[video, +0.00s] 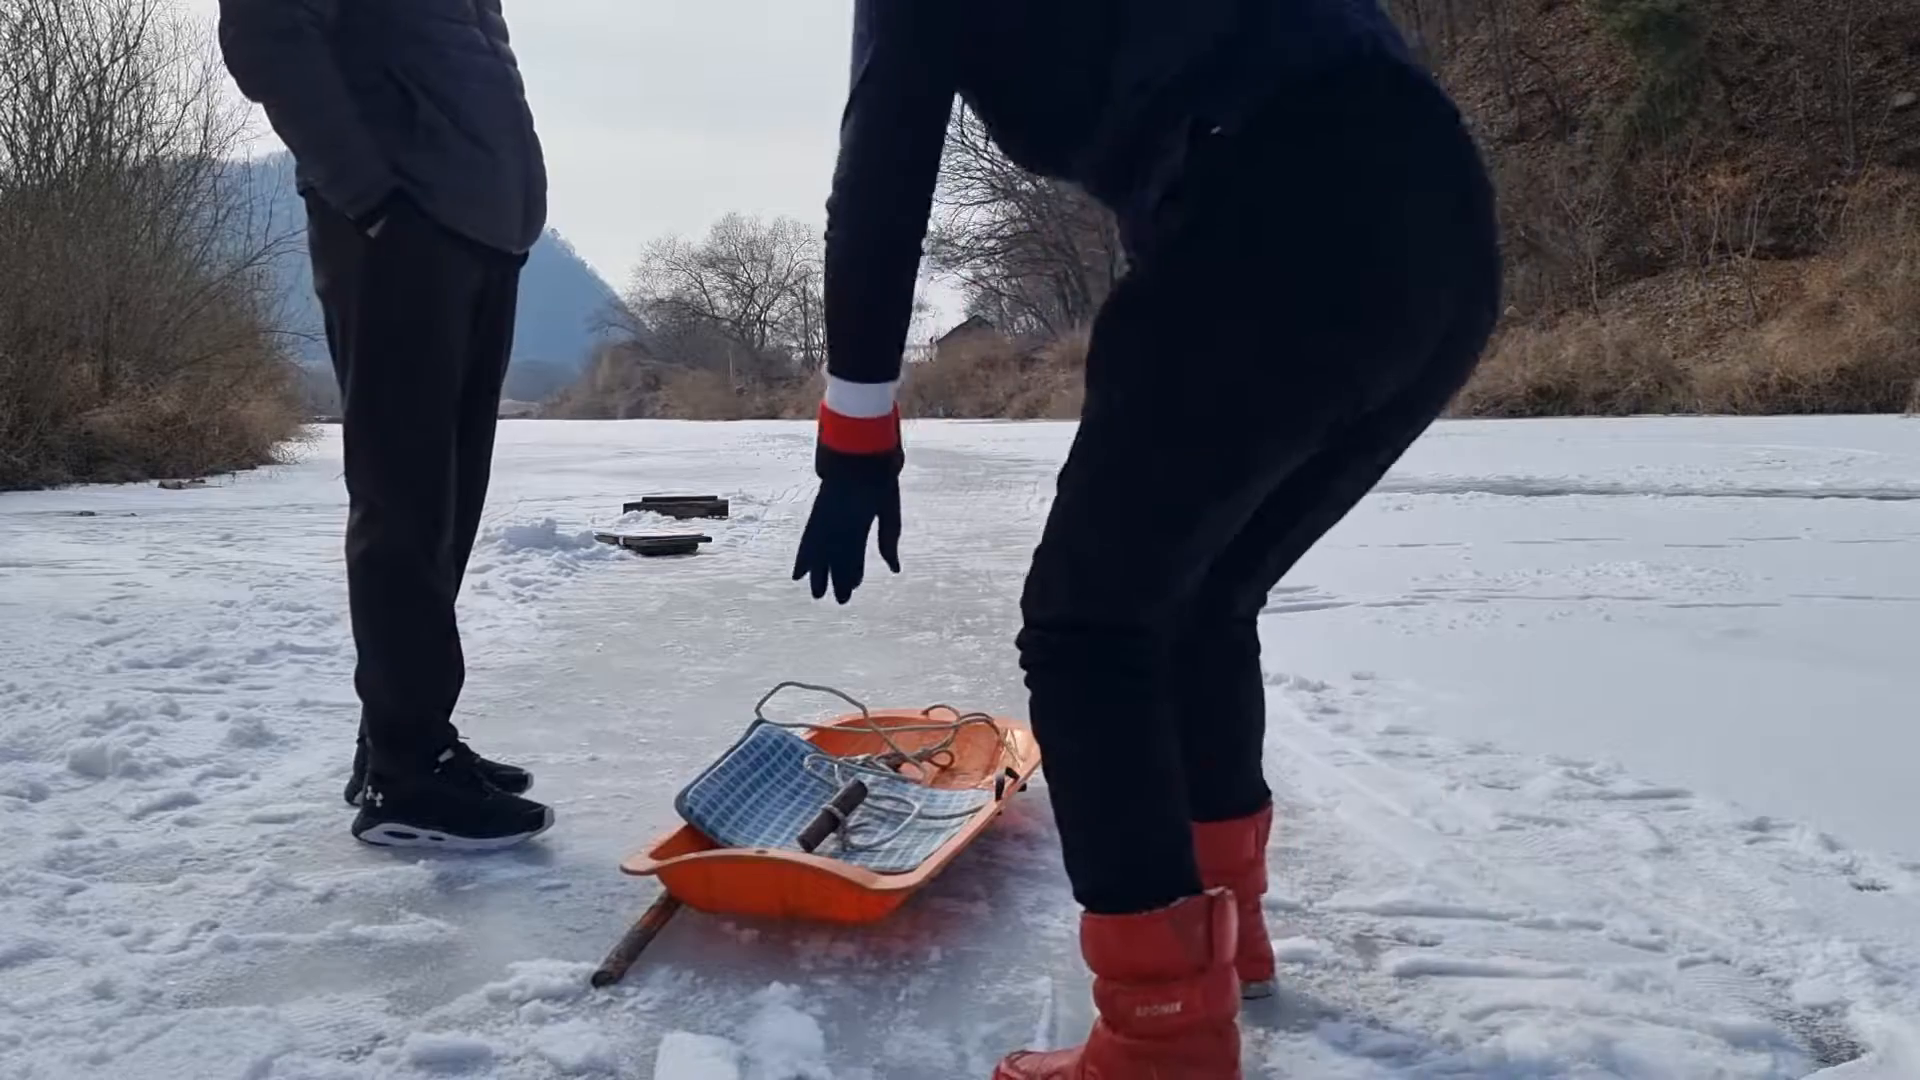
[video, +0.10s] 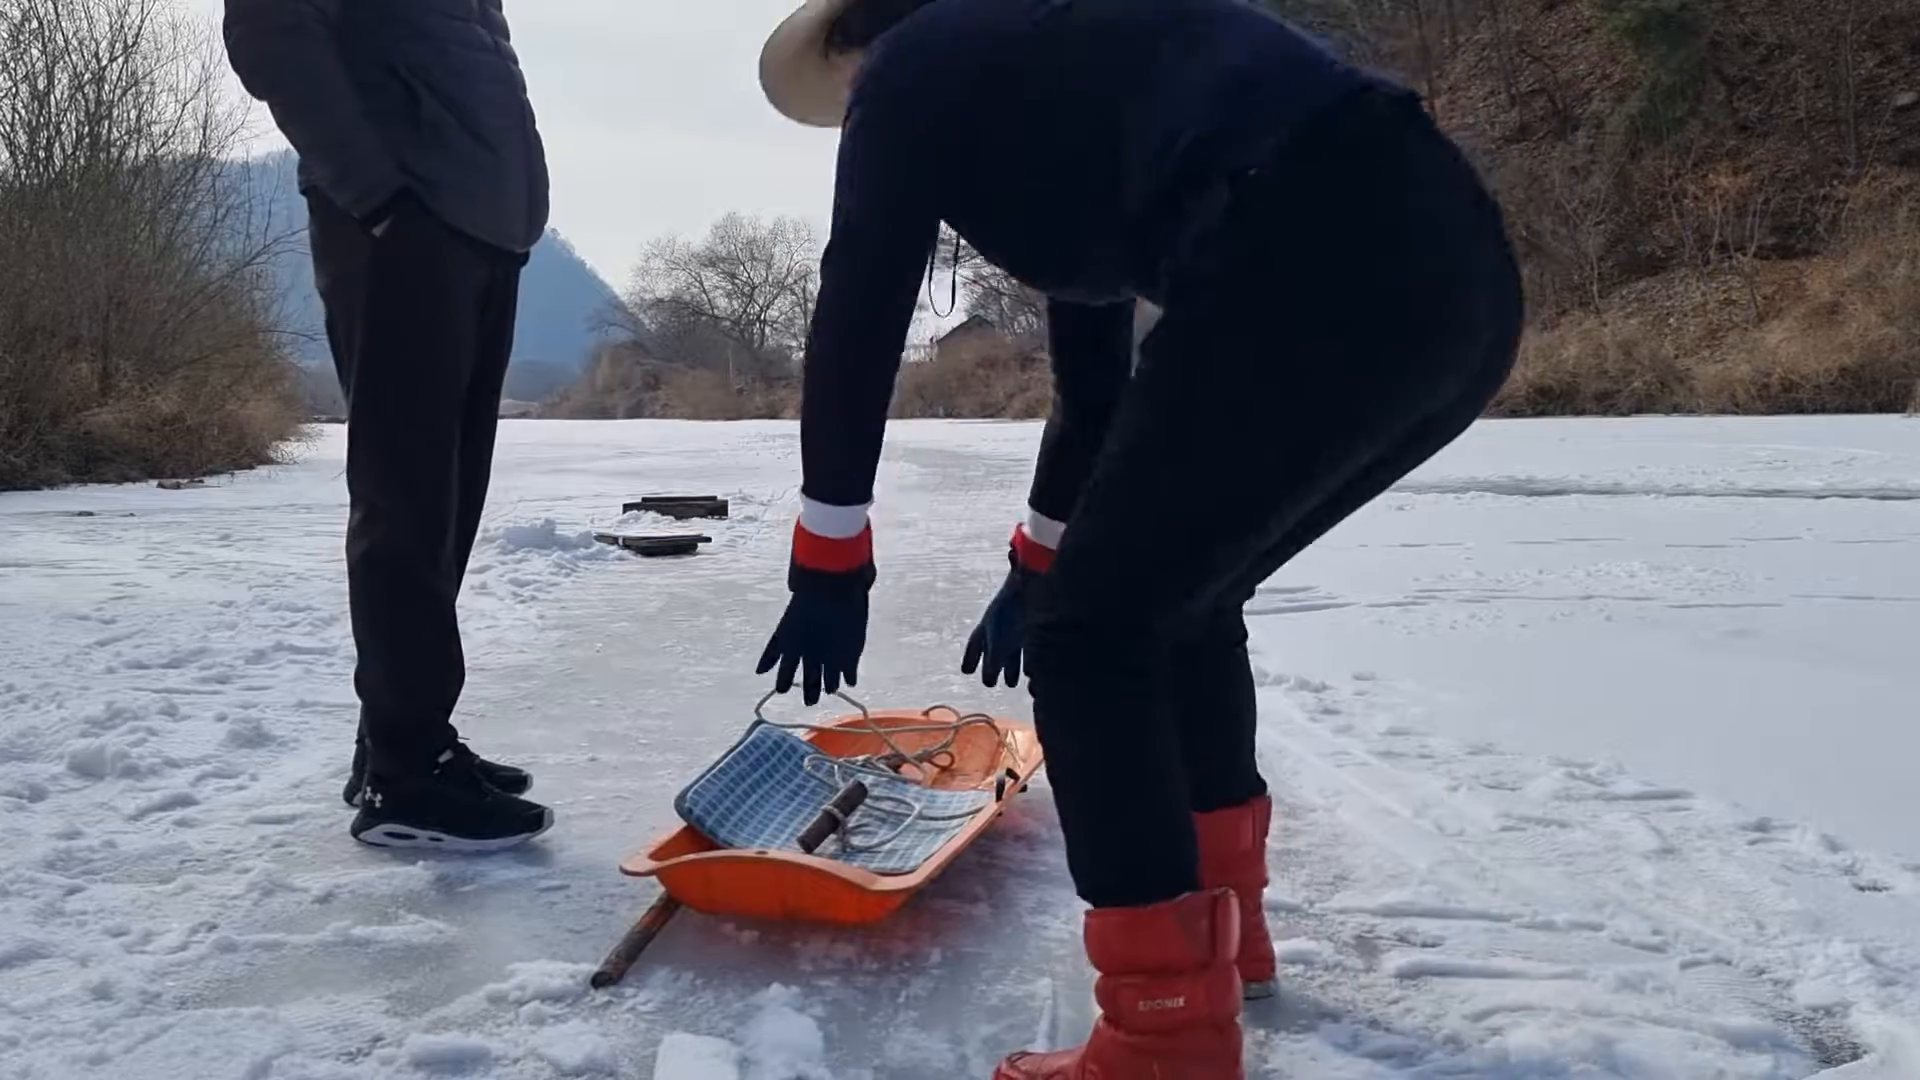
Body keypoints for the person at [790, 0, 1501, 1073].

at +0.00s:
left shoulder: (920, 5)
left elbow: (877, 202)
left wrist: (855, 440)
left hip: (1269, 244)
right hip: (1441, 233)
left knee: (1084, 625)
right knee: (1209, 594)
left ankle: (1160, 1029)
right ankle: (1226, 924)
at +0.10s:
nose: (854, 115)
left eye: (850, 92)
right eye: (840, 102)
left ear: (869, 41)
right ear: (943, 11)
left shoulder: (904, 82)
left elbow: (855, 329)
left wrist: (828, 564)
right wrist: (1037, 566)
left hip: (1316, 274)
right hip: (1451, 279)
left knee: (1086, 622)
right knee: (1187, 596)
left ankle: (1163, 1033)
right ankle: (1226, 924)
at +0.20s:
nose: (842, 274)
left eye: (833, 244)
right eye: (830, 258)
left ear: (856, 201)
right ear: (941, 151)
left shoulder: (896, 227)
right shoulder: (1065, 247)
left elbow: (847, 471)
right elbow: (1029, 478)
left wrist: (814, 680)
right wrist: (960, 643)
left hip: (1351, 305)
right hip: (1466, 309)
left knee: (1102, 637)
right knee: (1192, 606)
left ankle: (1166, 1030)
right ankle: (1227, 920)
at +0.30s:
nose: (841, 375)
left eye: (833, 351)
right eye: (828, 357)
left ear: (855, 320)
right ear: (920, 270)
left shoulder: (902, 336)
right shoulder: (1049, 337)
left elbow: (855, 564)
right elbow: (995, 550)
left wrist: (824, 760)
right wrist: (916, 688)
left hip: (1361, 325)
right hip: (1461, 318)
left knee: (1106, 646)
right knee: (1194, 621)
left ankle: (1168, 1031)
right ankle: (1228, 925)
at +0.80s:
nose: (857, 340)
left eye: (845, 313)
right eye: (839, 322)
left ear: (869, 265)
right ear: (923, 230)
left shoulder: (931, 302)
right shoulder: (1044, 271)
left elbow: (945, 564)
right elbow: (1123, 446)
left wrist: (942, 789)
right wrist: (1023, 572)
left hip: (1363, 303)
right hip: (1446, 296)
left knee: (1138, 647)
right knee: (1206, 623)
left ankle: (1174, 1031)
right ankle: (1228, 918)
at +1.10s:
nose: (879, 254)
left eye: (866, 231)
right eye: (864, 242)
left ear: (876, 181)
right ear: (946, 133)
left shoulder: (941, 196)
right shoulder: (1048, 178)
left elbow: (970, 426)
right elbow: (1055, 381)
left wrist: (974, 655)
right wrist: (963, 459)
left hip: (1330, 275)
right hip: (1438, 278)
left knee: (1144, 634)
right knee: (1209, 616)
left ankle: (1174, 1027)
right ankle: (1234, 926)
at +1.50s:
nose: (873, 190)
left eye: (858, 160)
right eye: (855, 176)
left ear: (876, 105)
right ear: (950, 76)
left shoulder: (934, 117)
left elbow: (939, 322)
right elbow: (1105, 354)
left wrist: (894, 541)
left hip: (1246, 247)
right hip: (1386, 282)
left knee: (1019, 557)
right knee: (1150, 578)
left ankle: (1022, 950)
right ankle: (1221, 904)